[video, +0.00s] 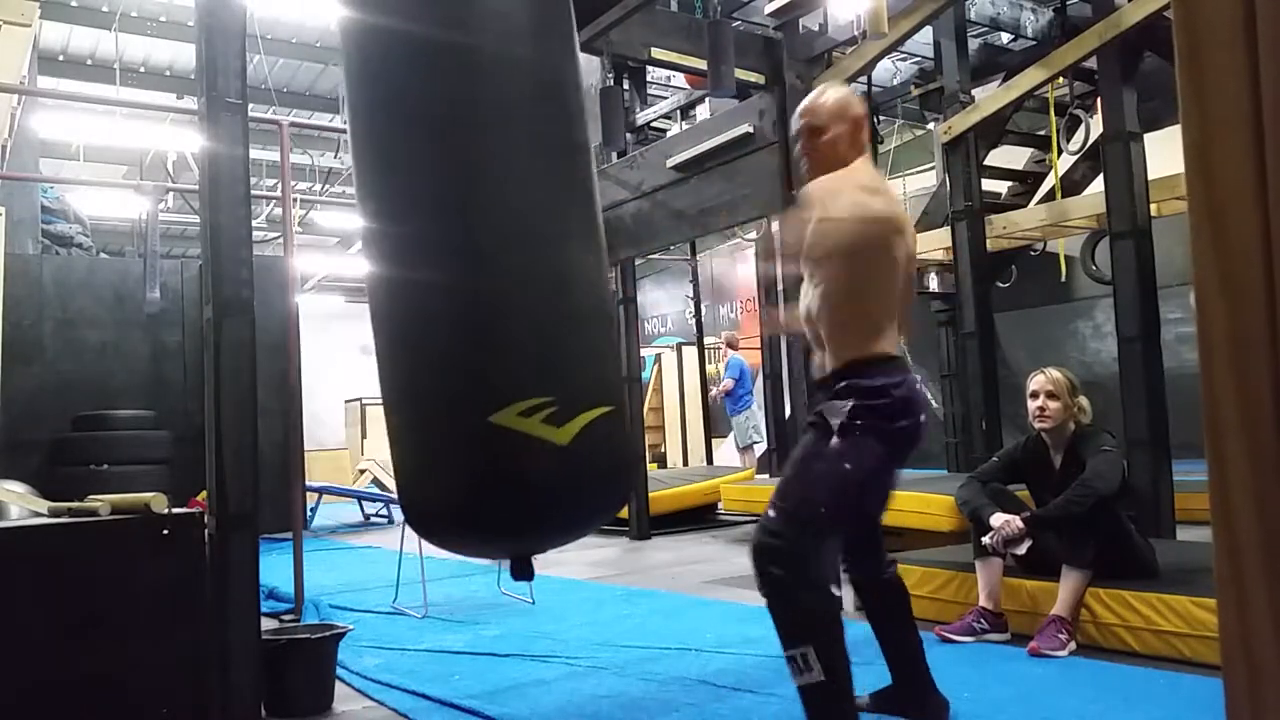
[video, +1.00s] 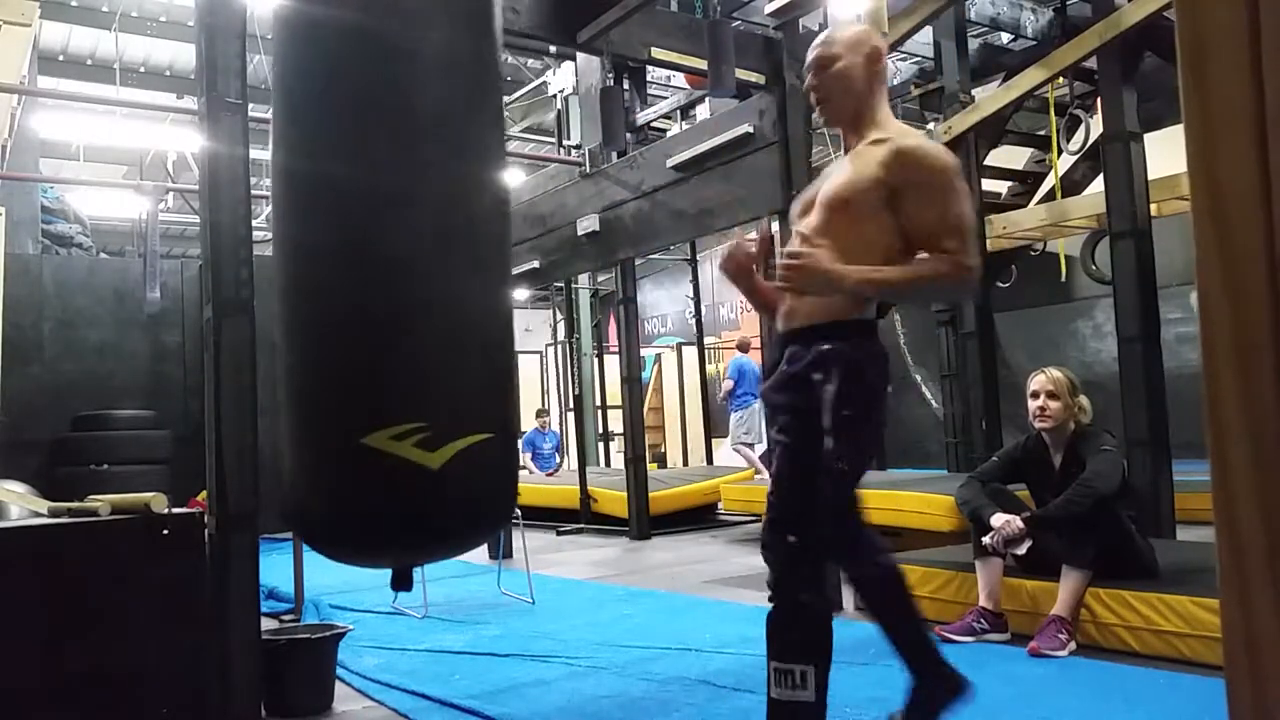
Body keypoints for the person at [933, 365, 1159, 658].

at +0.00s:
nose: (1041, 404)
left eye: (1052, 397)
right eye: (1034, 397)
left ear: (1072, 406)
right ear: (1026, 406)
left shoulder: (1097, 442)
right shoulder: (1027, 449)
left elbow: (1100, 485)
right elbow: (968, 488)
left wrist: (1027, 522)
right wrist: (992, 516)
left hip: (1117, 559)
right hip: (1059, 556)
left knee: (1087, 504)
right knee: (988, 495)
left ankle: (1061, 621)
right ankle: (989, 612)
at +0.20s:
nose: (1041, 404)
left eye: (1052, 397)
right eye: (1034, 396)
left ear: (1072, 406)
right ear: (1026, 406)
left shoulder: (1097, 442)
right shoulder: (1027, 449)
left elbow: (1100, 485)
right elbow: (968, 488)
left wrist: (1027, 522)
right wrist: (992, 516)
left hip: (1117, 559)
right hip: (1058, 556)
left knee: (1086, 504)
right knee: (988, 495)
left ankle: (1061, 621)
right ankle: (989, 612)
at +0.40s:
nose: (1041, 404)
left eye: (1052, 396)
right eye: (1034, 396)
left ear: (1072, 406)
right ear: (1027, 405)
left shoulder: (1097, 442)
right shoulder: (1027, 449)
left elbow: (1100, 485)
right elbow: (968, 488)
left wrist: (1027, 522)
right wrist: (992, 516)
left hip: (1117, 559)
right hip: (1058, 556)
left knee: (1090, 504)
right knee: (988, 495)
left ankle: (1061, 620)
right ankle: (989, 612)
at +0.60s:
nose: (1042, 404)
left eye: (1053, 396)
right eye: (1035, 396)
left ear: (1072, 406)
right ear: (1027, 405)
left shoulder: (1097, 442)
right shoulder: (1027, 449)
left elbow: (1100, 485)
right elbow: (968, 488)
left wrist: (1027, 522)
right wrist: (992, 517)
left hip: (1117, 559)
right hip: (1058, 556)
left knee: (1090, 504)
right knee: (989, 496)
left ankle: (1061, 620)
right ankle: (989, 612)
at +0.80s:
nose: (1041, 404)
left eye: (1052, 396)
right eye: (1035, 396)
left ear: (1072, 406)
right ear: (1027, 405)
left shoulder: (1097, 442)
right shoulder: (1027, 449)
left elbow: (1100, 485)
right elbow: (968, 488)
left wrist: (1027, 522)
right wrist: (992, 517)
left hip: (1117, 559)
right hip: (1058, 556)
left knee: (1089, 503)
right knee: (988, 495)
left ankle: (1061, 620)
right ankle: (989, 612)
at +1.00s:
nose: (1042, 404)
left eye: (1052, 397)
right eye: (1035, 396)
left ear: (1072, 406)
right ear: (1027, 405)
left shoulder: (1098, 442)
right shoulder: (1027, 448)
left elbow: (1099, 486)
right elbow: (967, 488)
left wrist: (1027, 523)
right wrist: (993, 517)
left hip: (1117, 559)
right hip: (1058, 556)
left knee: (1090, 505)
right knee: (988, 496)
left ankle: (1061, 621)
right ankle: (989, 612)